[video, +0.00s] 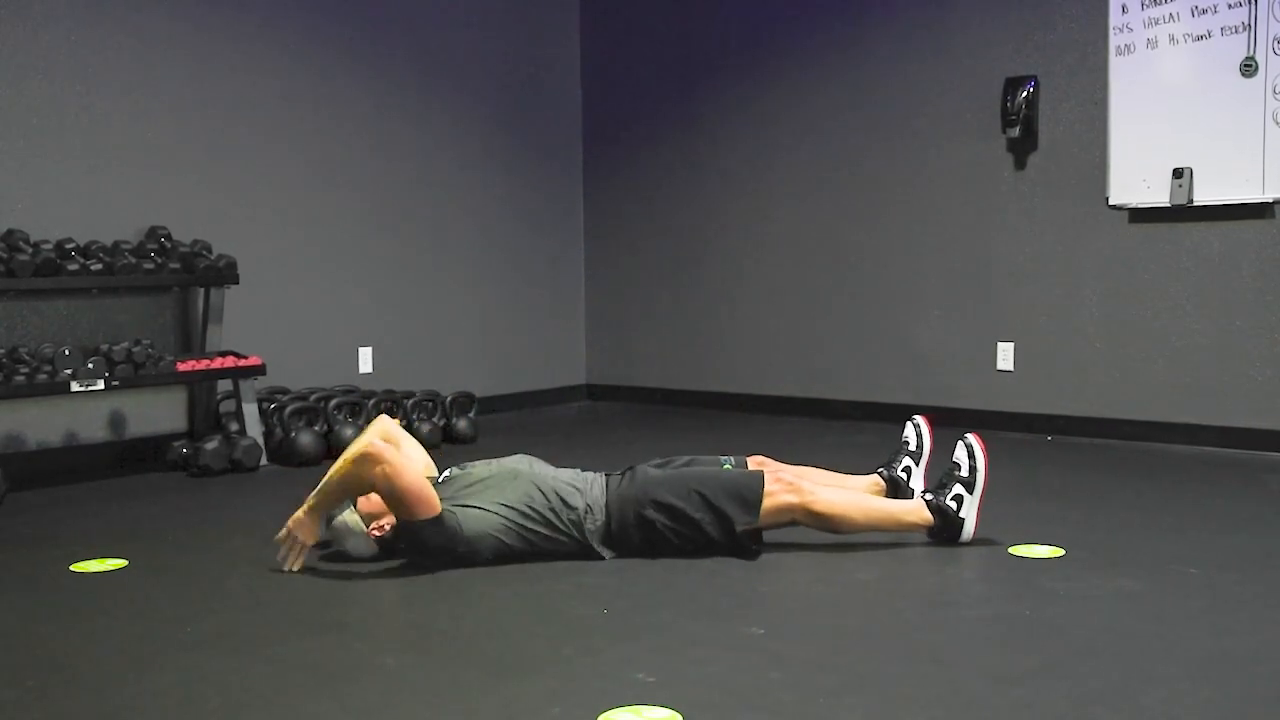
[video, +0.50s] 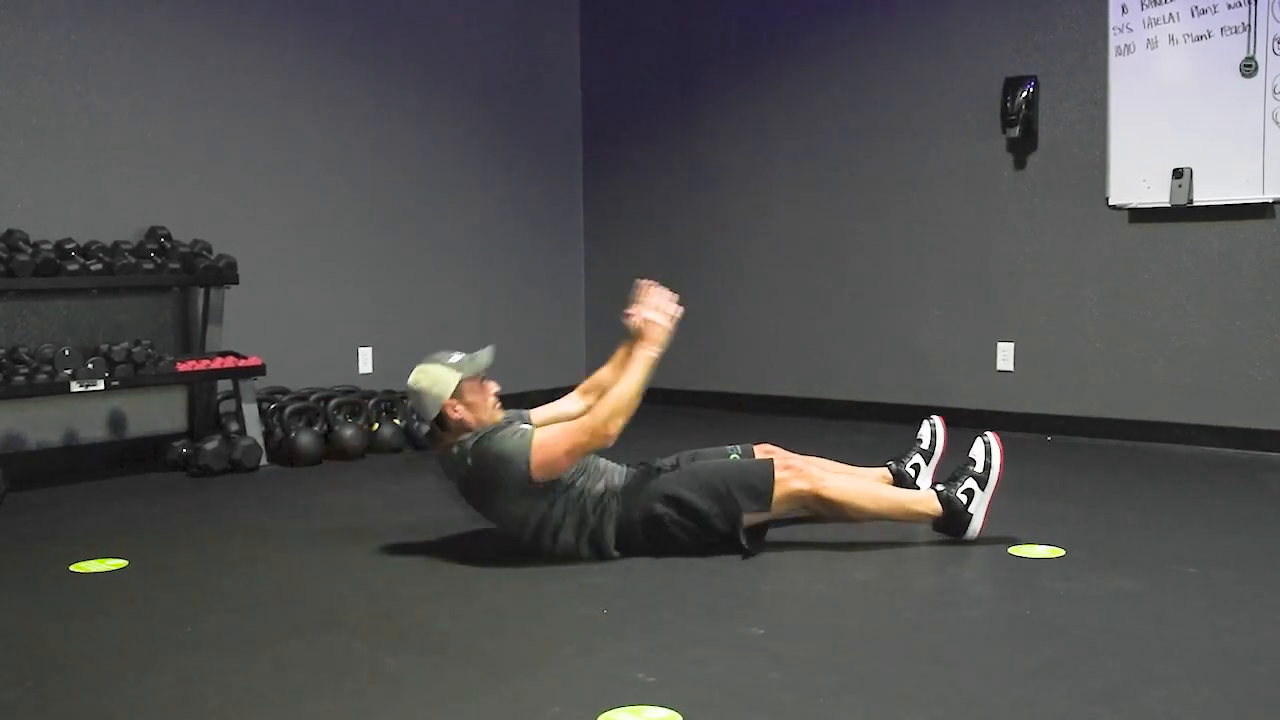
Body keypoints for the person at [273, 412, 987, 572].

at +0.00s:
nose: (379, 498)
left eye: (372, 495)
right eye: (372, 502)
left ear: (382, 503)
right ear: (381, 521)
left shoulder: (437, 507)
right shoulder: (429, 532)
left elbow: (385, 434)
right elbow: (374, 435)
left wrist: (325, 505)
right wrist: (312, 515)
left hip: (620, 487)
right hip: (618, 512)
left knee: (765, 466)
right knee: (782, 492)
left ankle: (894, 490)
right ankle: (938, 517)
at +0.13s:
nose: (378, 488)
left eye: (375, 480)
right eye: (371, 488)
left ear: (390, 487)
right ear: (377, 512)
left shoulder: (440, 504)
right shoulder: (431, 529)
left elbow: (402, 424)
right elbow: (394, 423)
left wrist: (333, 481)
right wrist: (318, 488)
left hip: (626, 485)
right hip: (624, 512)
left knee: (768, 463)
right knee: (785, 489)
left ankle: (894, 486)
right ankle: (940, 514)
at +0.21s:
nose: (387, 471)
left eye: (376, 471)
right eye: (376, 477)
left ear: (385, 480)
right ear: (386, 502)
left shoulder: (435, 495)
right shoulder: (437, 520)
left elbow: (444, 409)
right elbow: (444, 413)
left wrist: (359, 414)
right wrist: (358, 419)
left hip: (622, 485)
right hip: (623, 512)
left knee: (767, 462)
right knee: (787, 485)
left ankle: (897, 486)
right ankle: (938, 512)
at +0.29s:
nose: (418, 439)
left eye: (406, 435)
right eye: (403, 445)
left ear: (413, 453)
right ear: (398, 482)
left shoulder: (449, 486)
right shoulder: (448, 508)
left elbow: (500, 417)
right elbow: (507, 416)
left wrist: (438, 350)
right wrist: (434, 352)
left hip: (619, 489)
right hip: (622, 510)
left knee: (765, 464)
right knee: (785, 489)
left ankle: (891, 483)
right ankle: (940, 513)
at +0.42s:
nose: (464, 403)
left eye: (454, 398)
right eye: (449, 407)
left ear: (437, 431)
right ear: (432, 437)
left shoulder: (470, 454)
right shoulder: (472, 473)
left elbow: (555, 416)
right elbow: (575, 427)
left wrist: (580, 332)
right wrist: (586, 328)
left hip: (620, 490)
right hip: (621, 512)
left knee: (765, 458)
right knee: (791, 483)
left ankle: (895, 481)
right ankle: (942, 510)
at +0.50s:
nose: (492, 385)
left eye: (484, 378)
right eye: (477, 382)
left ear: (457, 405)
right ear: (453, 409)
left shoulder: (495, 436)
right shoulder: (489, 457)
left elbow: (583, 400)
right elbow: (598, 428)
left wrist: (639, 335)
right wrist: (652, 340)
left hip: (632, 489)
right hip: (626, 516)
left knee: (772, 455)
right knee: (796, 480)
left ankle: (901, 479)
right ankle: (948, 508)